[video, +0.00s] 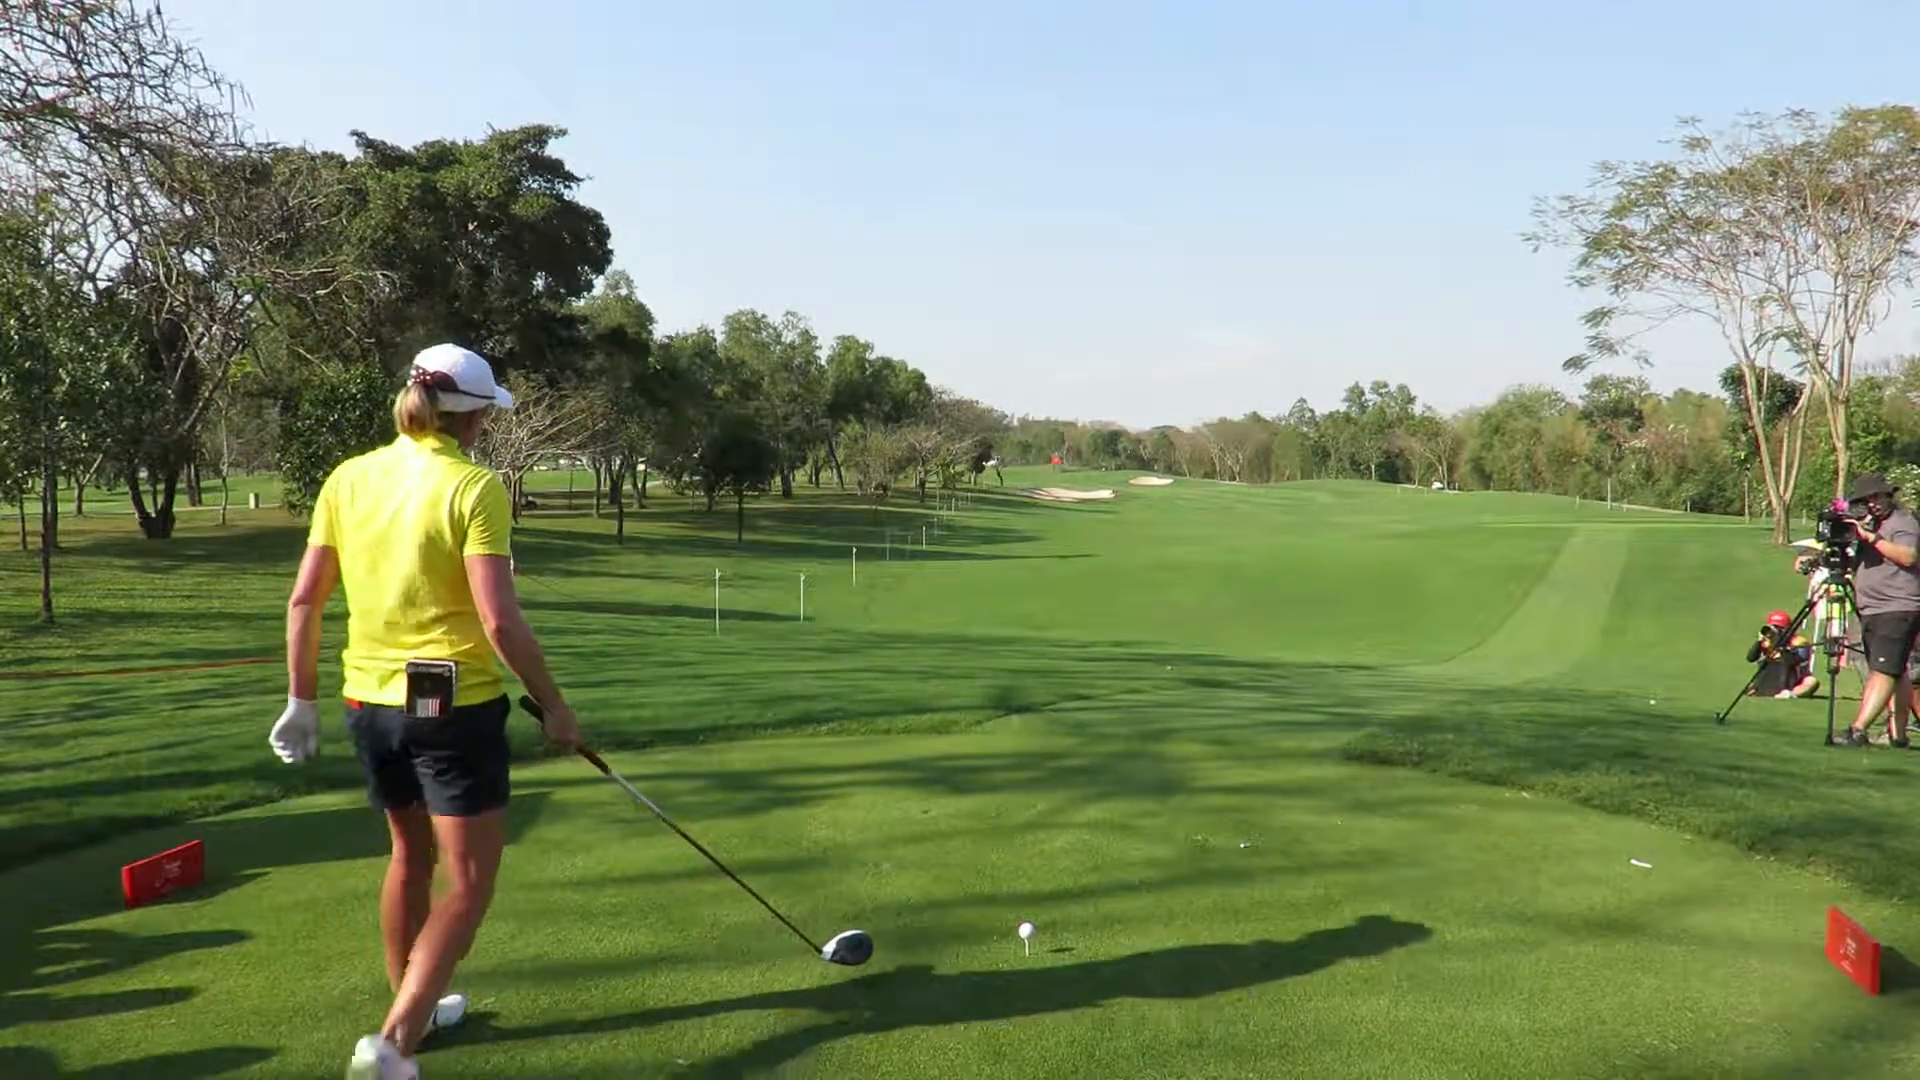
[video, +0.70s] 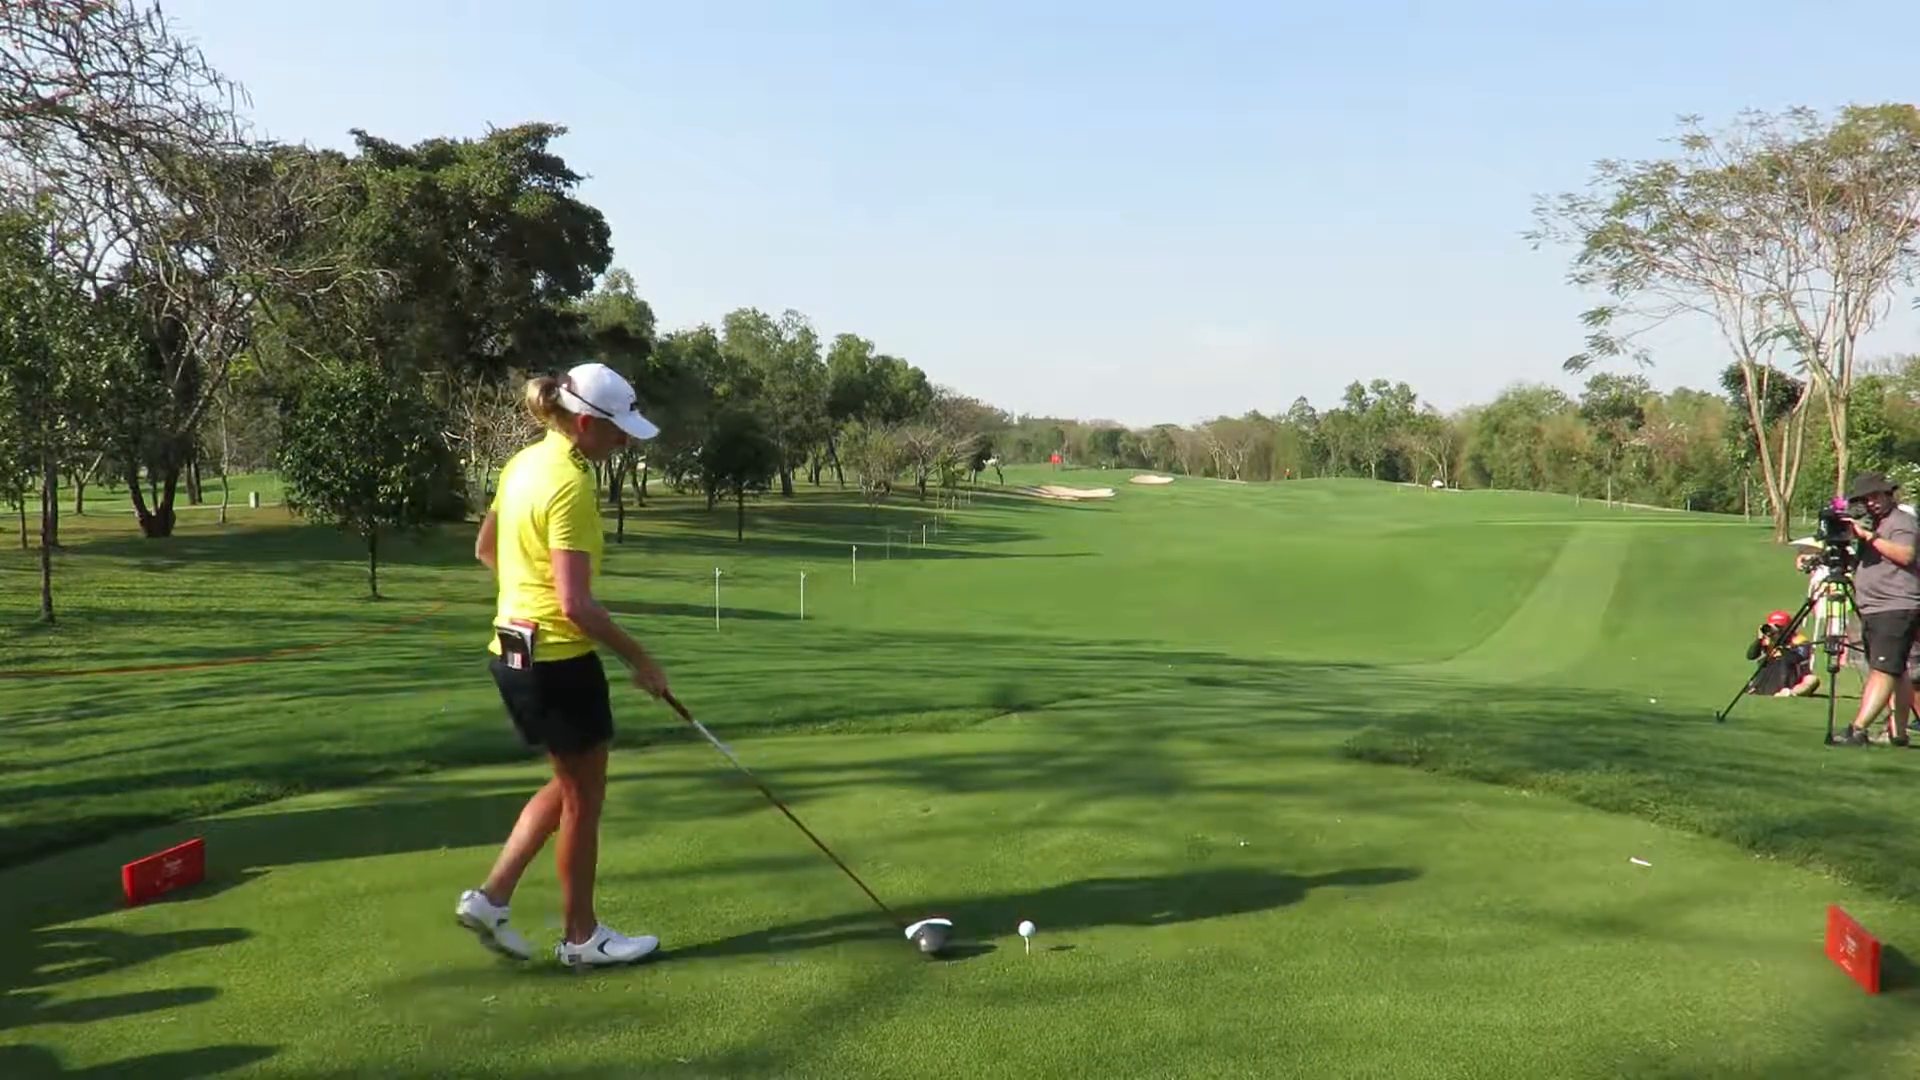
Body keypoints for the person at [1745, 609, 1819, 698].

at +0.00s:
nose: (1774, 632)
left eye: (1778, 629)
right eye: (1771, 629)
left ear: (1786, 629)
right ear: (1769, 628)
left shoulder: (1799, 642)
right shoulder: (1768, 642)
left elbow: (1800, 657)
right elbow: (1751, 658)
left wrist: (1783, 654)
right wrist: (1759, 642)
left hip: (1793, 679)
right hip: (1771, 677)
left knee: (1812, 681)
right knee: (1750, 688)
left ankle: (1791, 694)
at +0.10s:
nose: (1772, 634)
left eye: (1776, 630)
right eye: (1770, 630)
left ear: (1785, 630)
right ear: (1769, 629)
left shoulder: (1799, 642)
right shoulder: (1769, 642)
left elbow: (1800, 658)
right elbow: (1751, 658)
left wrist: (1783, 654)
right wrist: (1760, 642)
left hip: (1794, 678)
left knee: (1812, 681)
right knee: (1751, 688)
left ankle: (1791, 694)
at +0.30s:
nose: (1772, 634)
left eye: (1777, 630)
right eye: (1770, 630)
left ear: (1786, 630)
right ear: (1767, 629)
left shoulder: (1799, 643)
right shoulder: (1769, 642)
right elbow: (1750, 657)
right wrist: (1759, 641)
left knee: (1812, 680)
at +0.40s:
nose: (1772, 634)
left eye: (1776, 631)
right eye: (1770, 630)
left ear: (1785, 630)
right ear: (1767, 630)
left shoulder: (1799, 643)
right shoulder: (1769, 642)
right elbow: (1750, 657)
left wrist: (1793, 693)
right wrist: (1759, 641)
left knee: (1812, 680)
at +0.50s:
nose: (1772, 634)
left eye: (1776, 630)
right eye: (1770, 630)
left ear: (1785, 630)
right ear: (1768, 629)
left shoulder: (1800, 642)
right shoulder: (1770, 642)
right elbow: (1751, 657)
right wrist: (1759, 641)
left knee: (1812, 680)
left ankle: (1792, 693)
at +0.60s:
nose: (1771, 633)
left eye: (1776, 630)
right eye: (1770, 630)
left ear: (1785, 630)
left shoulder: (1800, 643)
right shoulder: (1770, 641)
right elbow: (1751, 656)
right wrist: (1759, 640)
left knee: (1813, 679)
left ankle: (1792, 693)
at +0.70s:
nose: (1772, 633)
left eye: (1776, 630)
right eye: (1770, 630)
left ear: (1785, 629)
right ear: (1768, 628)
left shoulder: (1800, 642)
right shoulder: (1770, 641)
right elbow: (1751, 656)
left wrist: (1784, 653)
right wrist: (1759, 640)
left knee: (1813, 679)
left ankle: (1792, 692)